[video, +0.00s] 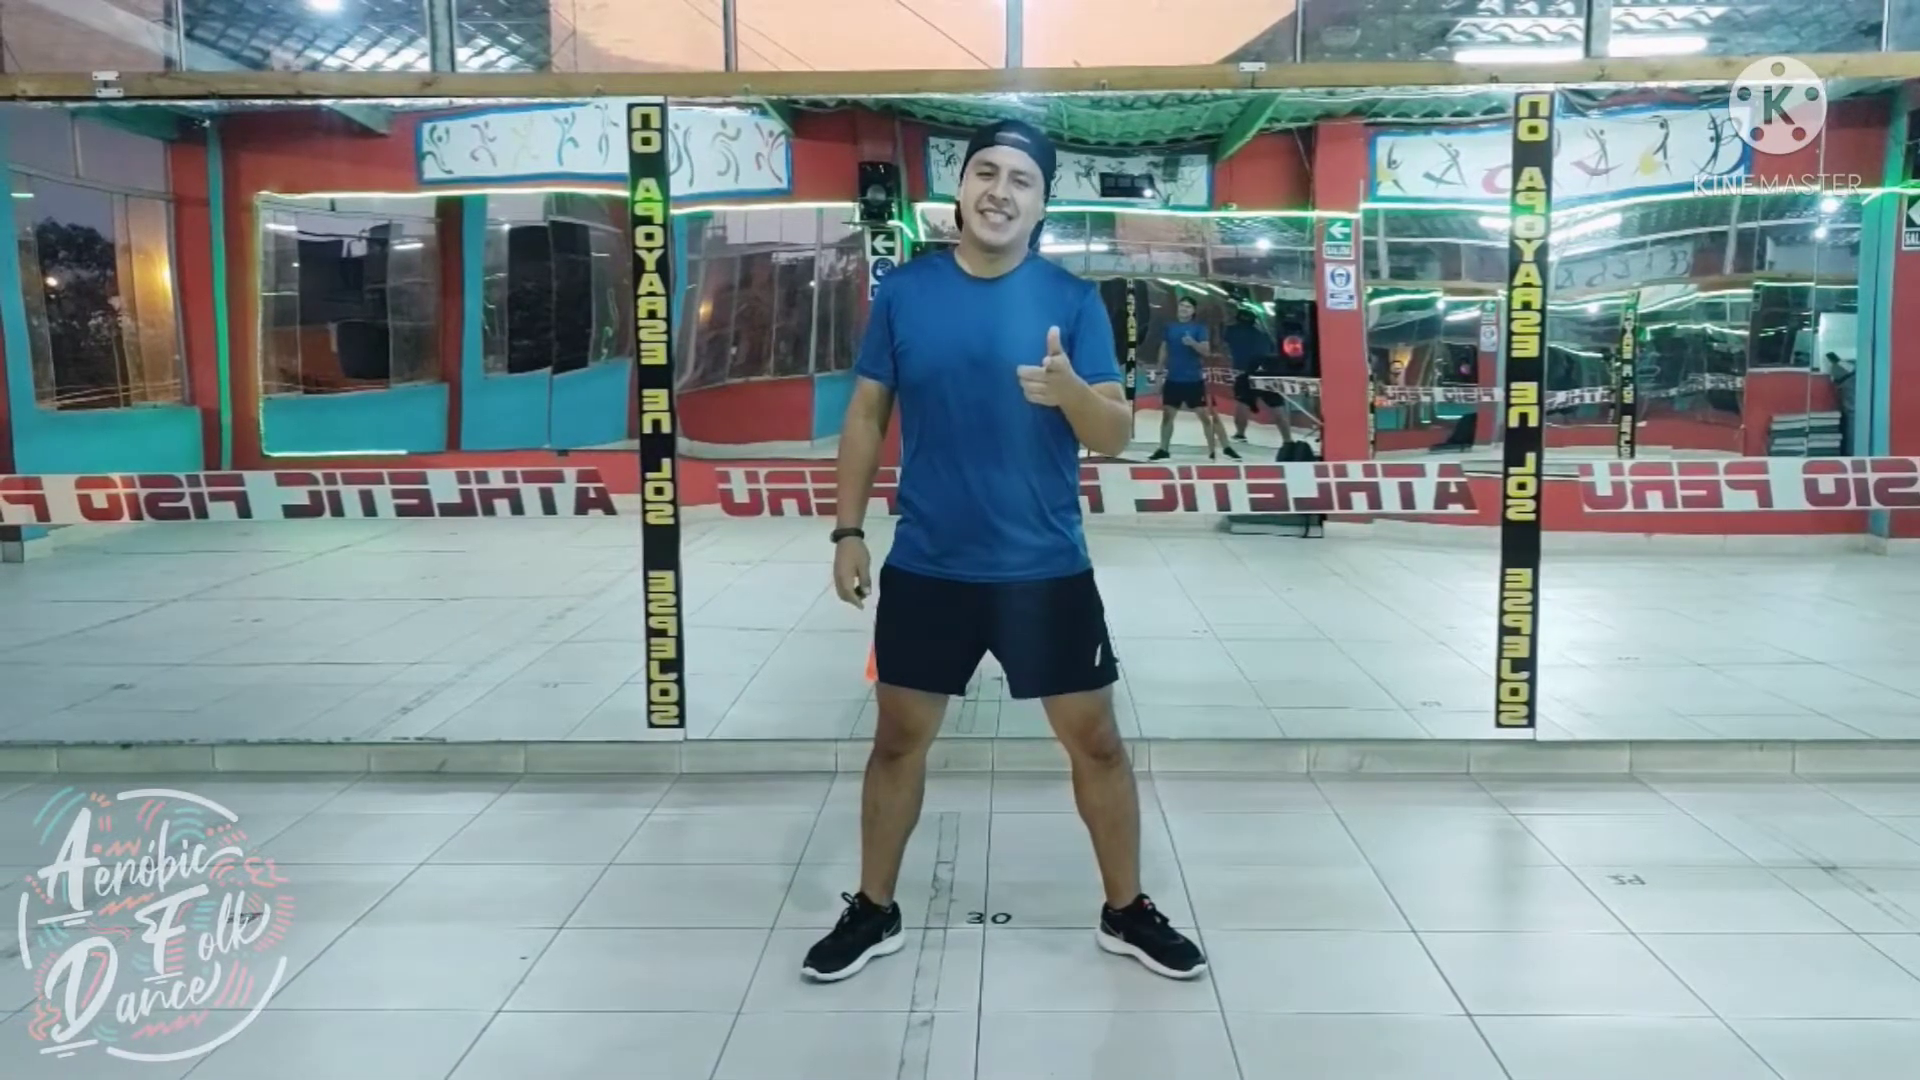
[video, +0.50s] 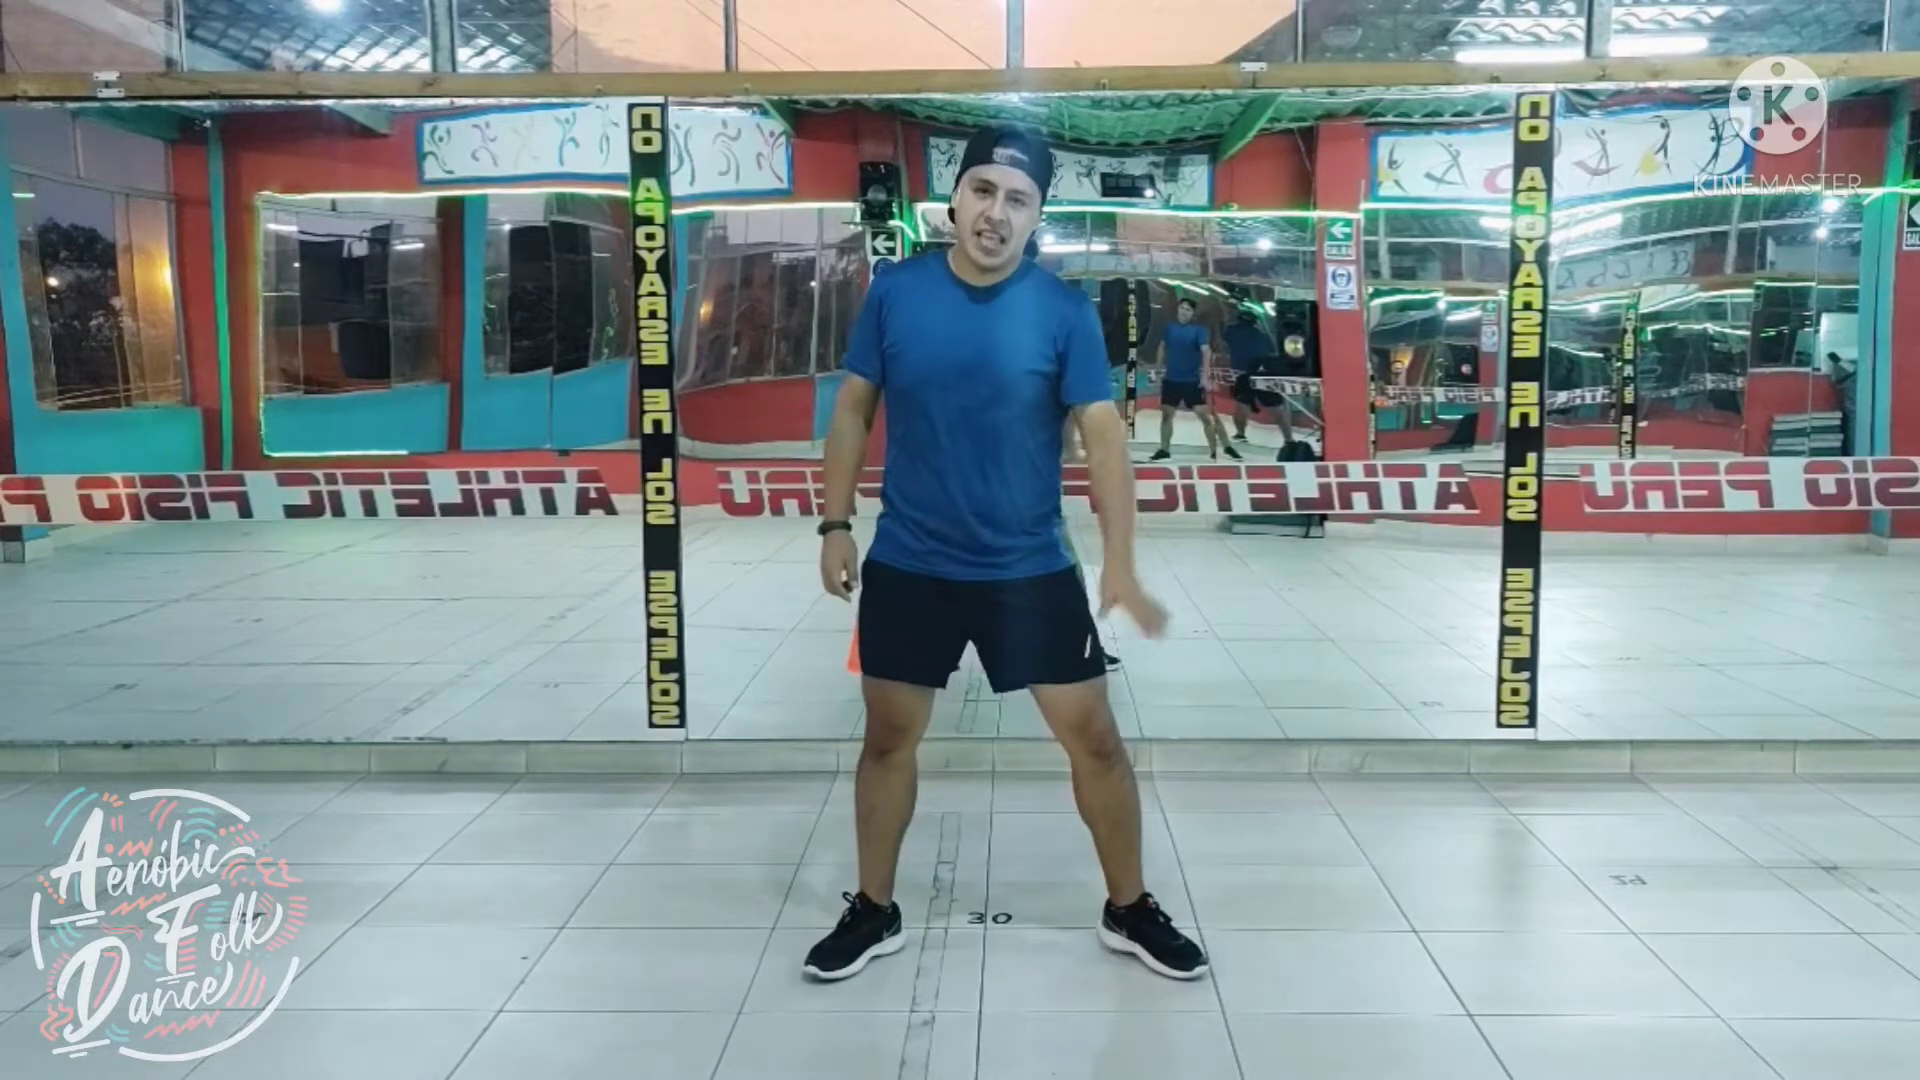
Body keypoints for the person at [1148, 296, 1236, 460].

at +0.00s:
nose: (1184, 309)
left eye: (1187, 307)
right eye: (1182, 306)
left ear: (1193, 311)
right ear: (1177, 308)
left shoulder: (1200, 329)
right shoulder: (1170, 328)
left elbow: (1206, 351)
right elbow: (1164, 349)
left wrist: (1193, 343)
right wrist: (1160, 368)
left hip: (1194, 379)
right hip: (1173, 378)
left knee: (1204, 415)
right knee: (1167, 414)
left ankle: (1212, 450)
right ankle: (1163, 448)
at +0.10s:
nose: (1184, 309)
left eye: (1188, 307)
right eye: (1182, 306)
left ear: (1194, 311)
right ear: (1178, 308)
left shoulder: (1200, 328)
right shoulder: (1170, 328)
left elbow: (1206, 351)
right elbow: (1164, 348)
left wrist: (1193, 343)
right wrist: (1160, 368)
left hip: (1194, 379)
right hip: (1174, 378)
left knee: (1204, 415)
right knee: (1167, 414)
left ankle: (1213, 450)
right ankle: (1164, 448)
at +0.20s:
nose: (1184, 309)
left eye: (1188, 307)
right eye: (1182, 306)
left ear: (1194, 311)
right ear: (1178, 308)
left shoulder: (1200, 328)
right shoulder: (1170, 328)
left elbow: (1206, 351)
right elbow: (1164, 349)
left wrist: (1193, 344)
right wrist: (1160, 368)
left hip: (1194, 379)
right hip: (1174, 378)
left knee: (1204, 415)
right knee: (1167, 414)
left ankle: (1213, 450)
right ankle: (1164, 448)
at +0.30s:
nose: (1184, 311)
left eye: (1188, 308)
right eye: (1182, 307)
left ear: (1193, 311)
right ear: (1178, 309)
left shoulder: (1199, 329)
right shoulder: (1170, 328)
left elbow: (1207, 350)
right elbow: (1163, 349)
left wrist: (1199, 351)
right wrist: (1159, 368)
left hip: (1194, 379)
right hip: (1174, 378)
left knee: (1205, 415)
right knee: (1167, 414)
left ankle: (1213, 450)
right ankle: (1164, 448)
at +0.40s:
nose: (1184, 312)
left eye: (1188, 309)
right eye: (1182, 308)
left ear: (1193, 313)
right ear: (1178, 310)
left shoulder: (1199, 330)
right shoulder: (1169, 328)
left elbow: (1206, 349)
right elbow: (1162, 347)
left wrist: (1202, 364)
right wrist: (1160, 367)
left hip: (1193, 379)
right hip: (1173, 378)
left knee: (1204, 415)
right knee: (1167, 414)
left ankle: (1214, 450)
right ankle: (1164, 448)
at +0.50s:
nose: (1184, 312)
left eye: (1188, 310)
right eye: (1182, 309)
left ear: (1193, 313)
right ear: (1177, 310)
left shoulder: (1199, 330)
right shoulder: (1169, 328)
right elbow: (1162, 347)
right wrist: (1159, 368)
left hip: (1192, 380)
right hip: (1171, 379)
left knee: (1205, 415)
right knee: (1166, 415)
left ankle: (1214, 450)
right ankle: (1164, 448)